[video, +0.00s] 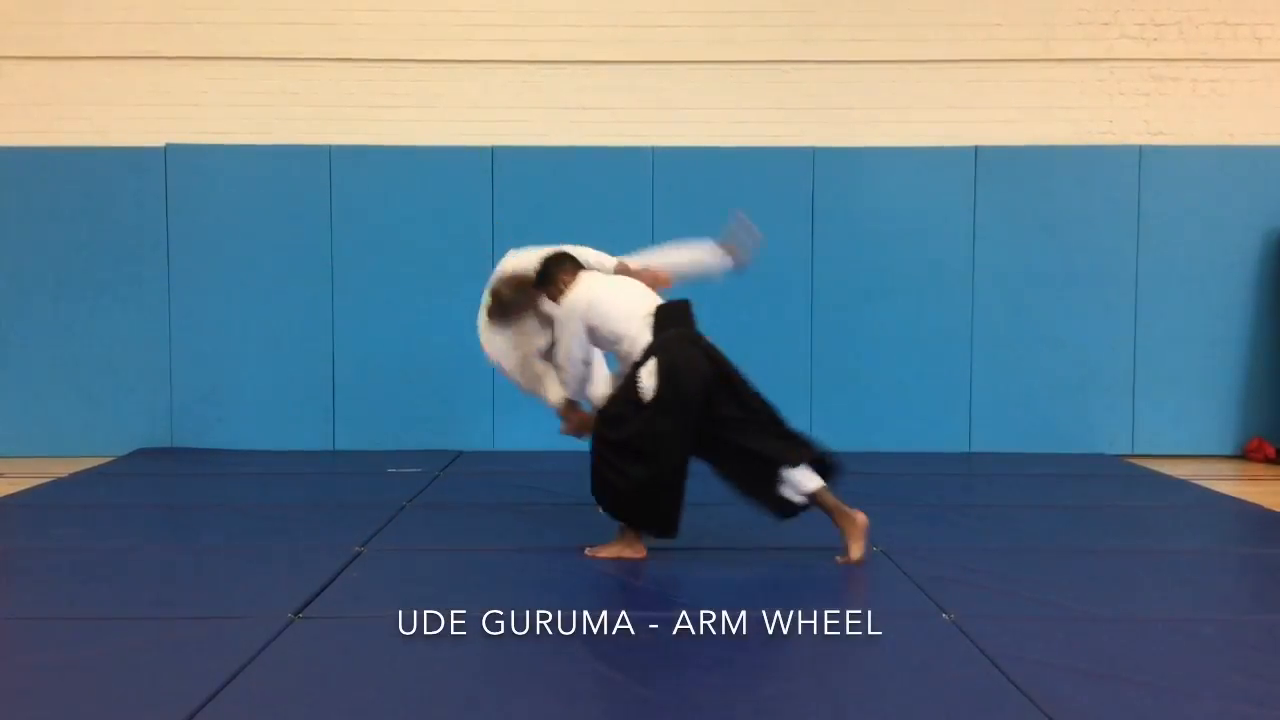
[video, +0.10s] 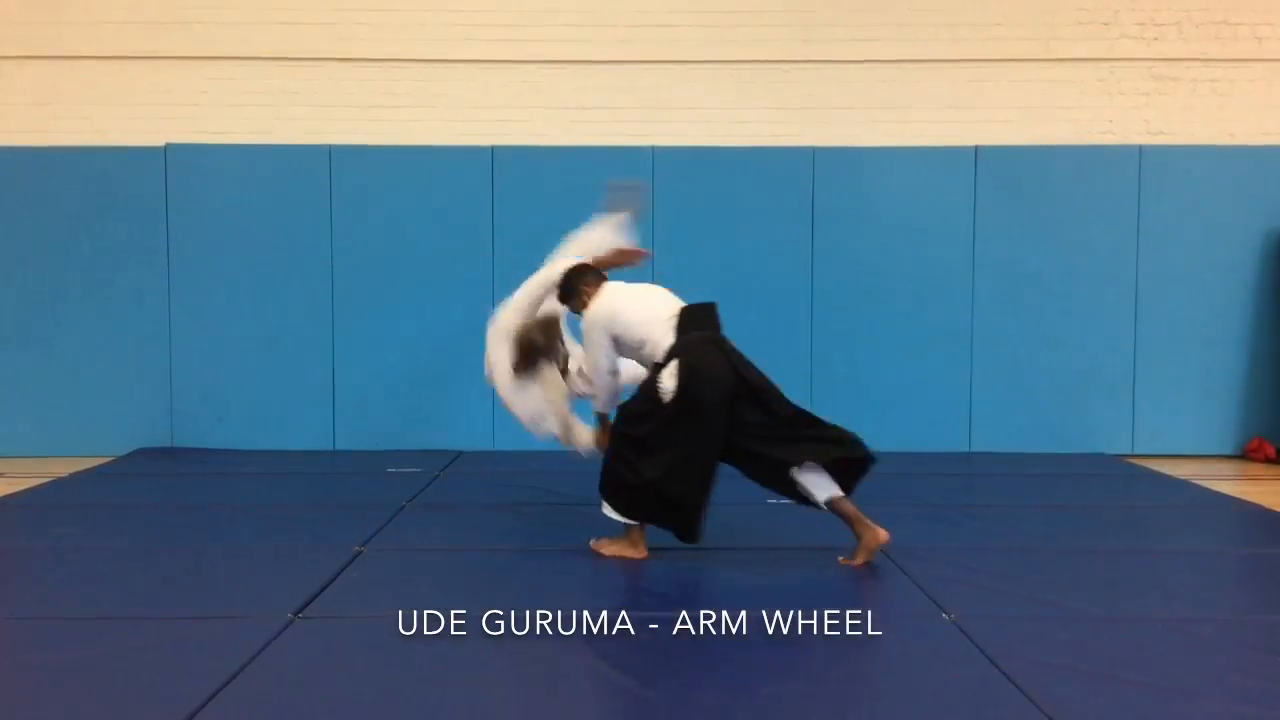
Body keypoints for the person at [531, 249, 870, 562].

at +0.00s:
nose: (551, 303)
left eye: (549, 297)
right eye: (549, 296)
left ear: (556, 288)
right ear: (577, 267)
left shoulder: (573, 304)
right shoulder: (616, 276)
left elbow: (574, 368)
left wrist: (573, 408)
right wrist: (598, 404)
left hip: (660, 372)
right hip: (695, 354)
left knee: (617, 438)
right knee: (748, 439)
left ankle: (630, 539)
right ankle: (847, 517)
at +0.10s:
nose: (579, 311)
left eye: (577, 305)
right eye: (576, 305)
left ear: (583, 295)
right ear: (598, 278)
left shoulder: (597, 313)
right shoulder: (638, 290)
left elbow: (603, 378)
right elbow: (653, 353)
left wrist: (602, 419)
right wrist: (615, 388)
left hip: (682, 373)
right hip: (718, 358)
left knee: (627, 441)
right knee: (772, 446)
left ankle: (633, 538)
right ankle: (865, 529)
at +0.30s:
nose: (591, 312)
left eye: (588, 306)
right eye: (589, 307)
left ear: (596, 298)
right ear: (617, 283)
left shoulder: (606, 327)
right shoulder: (660, 294)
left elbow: (627, 395)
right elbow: (689, 334)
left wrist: (640, 426)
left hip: (688, 372)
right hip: (727, 360)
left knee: (632, 433)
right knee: (788, 441)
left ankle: (633, 539)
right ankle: (875, 532)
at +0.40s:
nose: (587, 299)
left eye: (585, 293)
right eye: (585, 293)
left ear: (594, 284)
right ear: (615, 271)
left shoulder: (602, 314)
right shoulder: (658, 284)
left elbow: (614, 389)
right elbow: (685, 324)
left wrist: (634, 419)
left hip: (681, 371)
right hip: (724, 358)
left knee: (628, 440)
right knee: (782, 445)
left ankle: (634, 538)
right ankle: (868, 528)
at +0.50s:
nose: (583, 277)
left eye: (581, 270)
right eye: (582, 270)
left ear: (589, 262)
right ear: (611, 251)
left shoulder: (598, 291)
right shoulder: (650, 267)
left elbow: (603, 364)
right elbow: (674, 316)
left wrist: (614, 394)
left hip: (680, 361)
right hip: (723, 349)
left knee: (632, 433)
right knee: (773, 436)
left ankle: (633, 535)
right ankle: (858, 513)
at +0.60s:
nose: (587, 251)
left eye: (586, 244)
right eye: (586, 245)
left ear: (596, 239)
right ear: (619, 230)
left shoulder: (602, 272)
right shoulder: (658, 251)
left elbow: (603, 338)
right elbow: (675, 303)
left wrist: (609, 373)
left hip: (680, 351)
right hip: (721, 339)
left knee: (634, 433)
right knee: (761, 428)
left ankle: (634, 531)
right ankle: (842, 498)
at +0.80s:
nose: (628, 222)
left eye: (627, 214)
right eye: (627, 214)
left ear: (637, 210)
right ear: (661, 206)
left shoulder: (641, 248)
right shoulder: (703, 238)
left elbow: (633, 319)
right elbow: (719, 294)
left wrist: (632, 378)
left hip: (695, 343)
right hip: (735, 335)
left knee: (649, 426)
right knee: (744, 420)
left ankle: (640, 529)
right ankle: (790, 498)